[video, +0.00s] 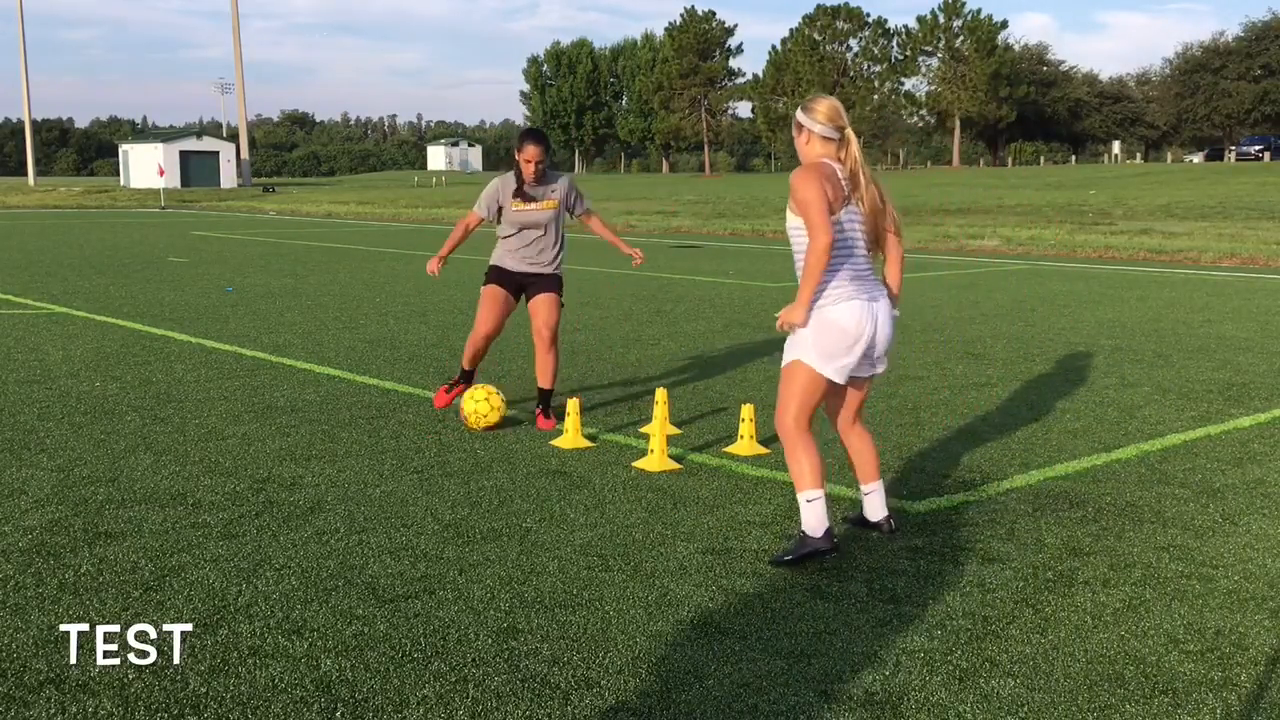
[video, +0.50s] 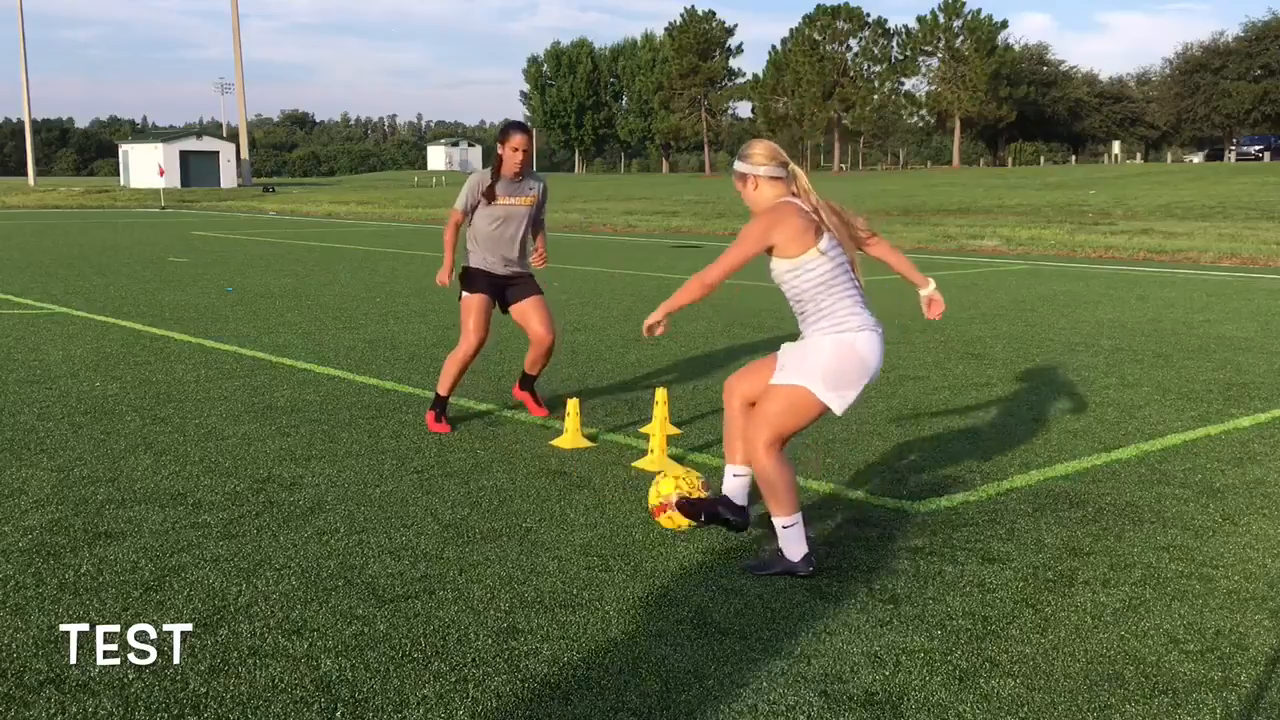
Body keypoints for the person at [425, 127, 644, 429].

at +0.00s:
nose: (533, 169)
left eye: (539, 162)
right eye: (528, 161)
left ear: (547, 159)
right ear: (517, 157)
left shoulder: (562, 186)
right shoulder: (501, 187)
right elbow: (470, 222)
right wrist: (442, 255)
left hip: (546, 272)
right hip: (505, 268)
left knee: (547, 335)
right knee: (484, 331)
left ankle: (544, 408)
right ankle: (463, 380)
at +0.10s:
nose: (529, 167)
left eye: (535, 160)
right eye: (524, 159)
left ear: (544, 156)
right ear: (513, 154)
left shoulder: (557, 183)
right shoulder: (494, 180)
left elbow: (577, 220)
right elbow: (467, 217)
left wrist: (593, 254)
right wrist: (440, 252)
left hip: (540, 266)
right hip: (499, 261)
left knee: (545, 333)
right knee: (484, 325)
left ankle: (544, 409)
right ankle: (462, 398)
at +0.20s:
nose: (528, 155)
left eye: (533, 149)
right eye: (522, 148)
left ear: (540, 145)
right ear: (510, 143)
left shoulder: (551, 174)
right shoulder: (489, 170)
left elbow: (561, 217)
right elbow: (464, 202)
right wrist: (442, 241)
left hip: (530, 260)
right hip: (490, 254)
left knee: (541, 329)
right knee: (485, 325)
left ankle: (543, 408)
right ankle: (459, 403)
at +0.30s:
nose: (524, 154)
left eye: (530, 148)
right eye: (519, 147)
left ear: (535, 147)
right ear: (505, 144)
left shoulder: (538, 178)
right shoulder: (480, 172)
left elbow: (539, 219)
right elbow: (452, 205)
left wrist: (533, 229)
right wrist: (439, 249)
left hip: (520, 262)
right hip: (481, 260)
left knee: (549, 325)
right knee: (475, 337)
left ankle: (546, 402)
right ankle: (440, 406)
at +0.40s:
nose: (520, 160)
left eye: (525, 154)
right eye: (515, 153)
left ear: (530, 156)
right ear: (500, 152)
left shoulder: (532, 190)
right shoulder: (476, 183)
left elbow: (530, 229)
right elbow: (445, 221)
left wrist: (530, 252)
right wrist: (435, 270)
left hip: (514, 274)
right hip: (476, 271)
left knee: (550, 329)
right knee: (473, 342)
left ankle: (536, 388)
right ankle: (438, 408)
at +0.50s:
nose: (521, 157)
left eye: (526, 150)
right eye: (516, 149)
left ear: (531, 152)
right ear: (501, 149)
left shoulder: (536, 186)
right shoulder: (480, 181)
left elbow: (537, 223)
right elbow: (454, 222)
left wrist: (540, 247)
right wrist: (448, 263)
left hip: (518, 273)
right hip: (480, 271)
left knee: (545, 337)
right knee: (472, 339)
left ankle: (525, 387)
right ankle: (437, 408)